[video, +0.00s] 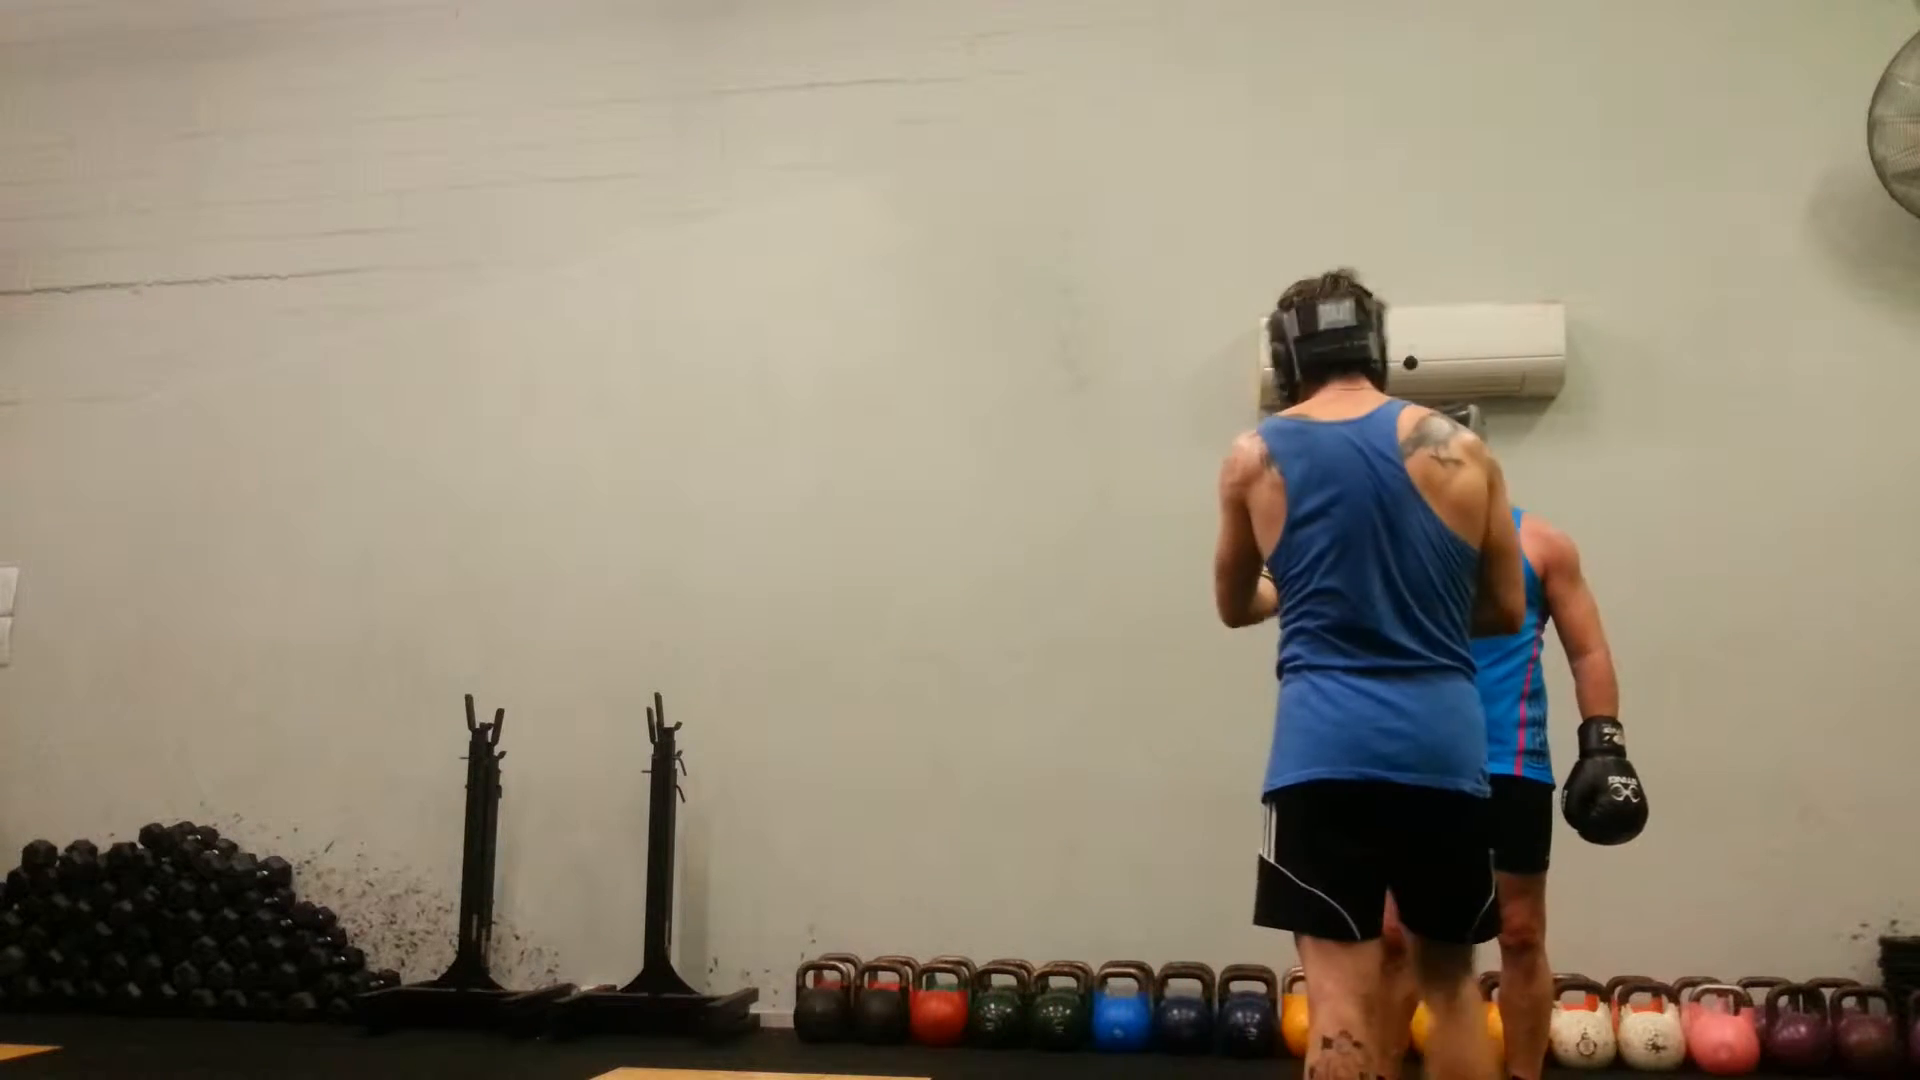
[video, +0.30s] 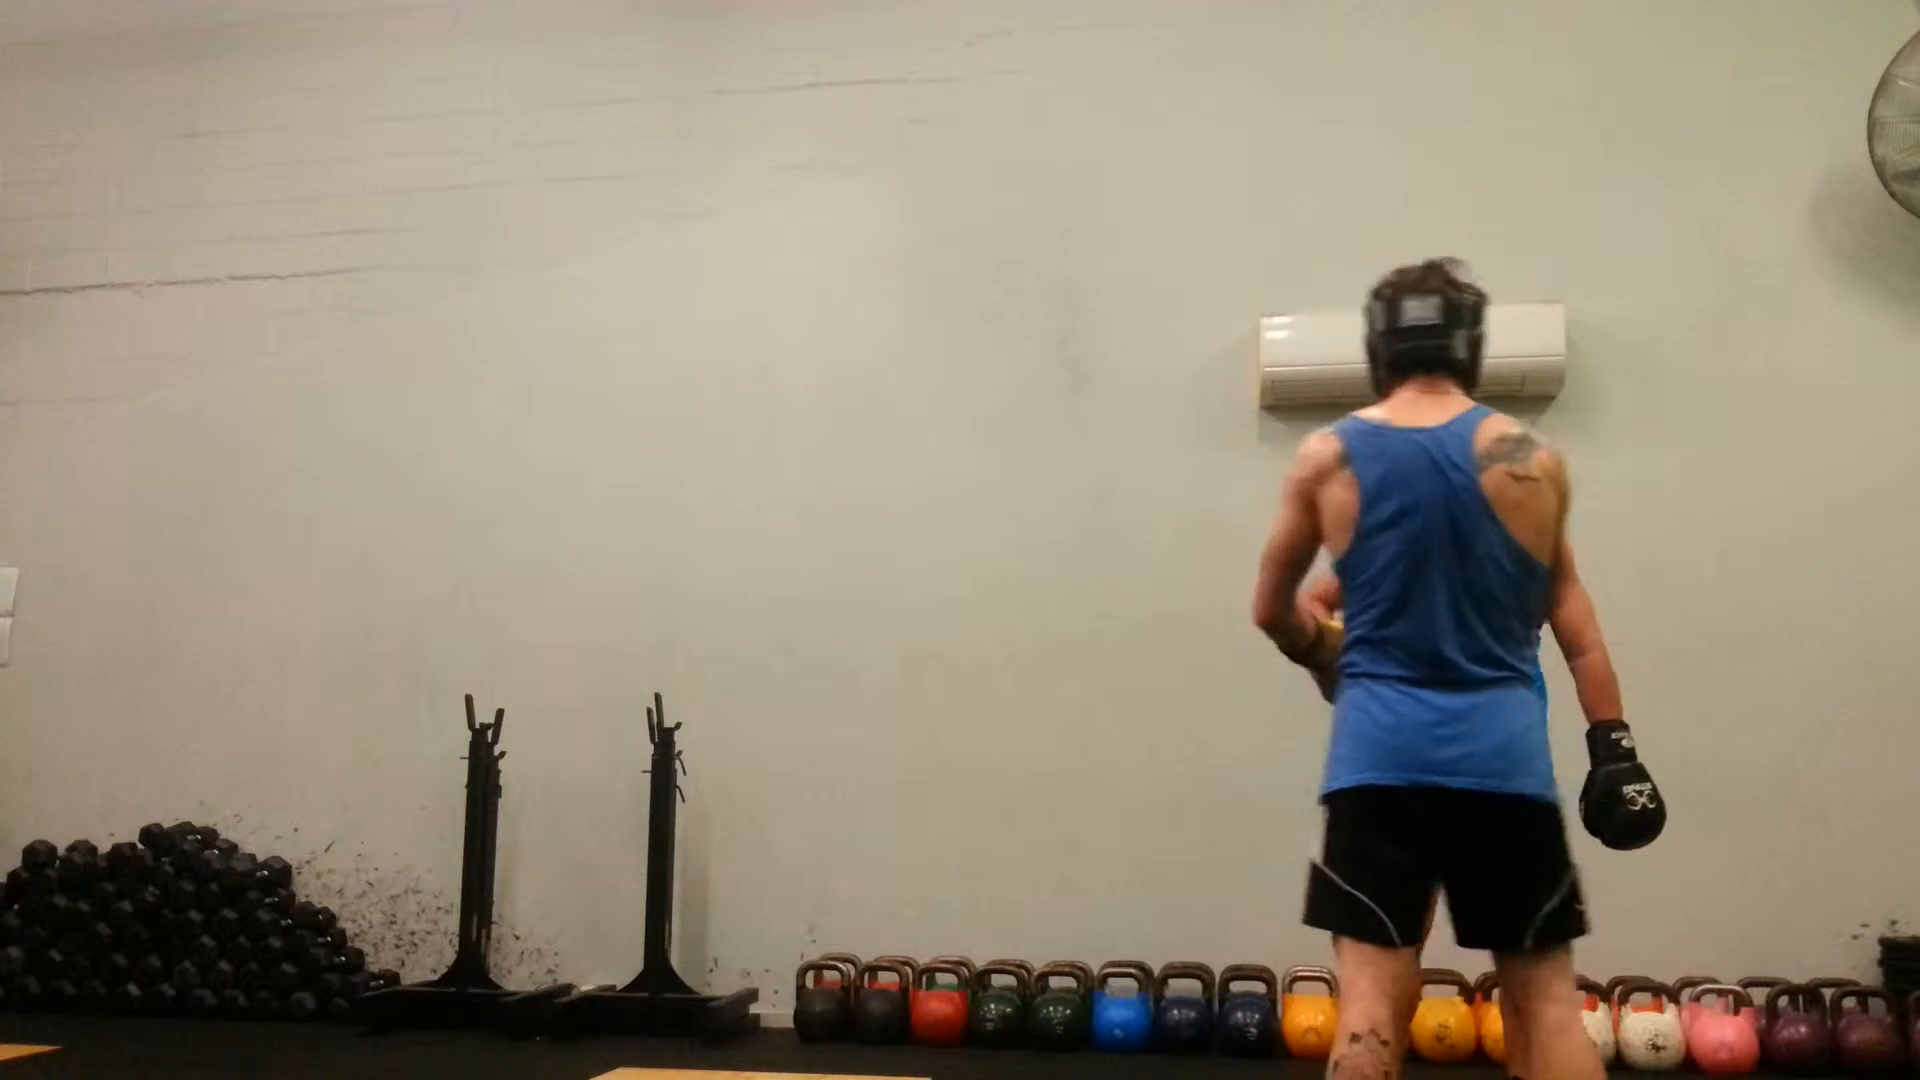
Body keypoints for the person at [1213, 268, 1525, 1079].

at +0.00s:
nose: (1274, 363)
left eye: (1277, 352)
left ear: (1285, 359)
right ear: (1378, 349)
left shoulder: (1256, 457)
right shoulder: (1465, 452)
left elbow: (1238, 605)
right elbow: (1503, 611)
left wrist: (1317, 575)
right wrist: (1411, 594)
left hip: (1323, 752)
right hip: (1446, 753)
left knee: (1342, 1014)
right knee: (1451, 988)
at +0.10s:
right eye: (1402, 333)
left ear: (1307, 351)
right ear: (1403, 344)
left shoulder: (1273, 455)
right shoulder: (1480, 453)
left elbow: (1243, 602)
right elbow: (1510, 612)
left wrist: (1324, 617)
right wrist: (1423, 586)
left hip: (1332, 758)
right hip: (1456, 760)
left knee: (1346, 1012)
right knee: (1491, 988)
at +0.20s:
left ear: (1338, 346)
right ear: (1436, 342)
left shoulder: (1296, 454)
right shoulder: (1504, 458)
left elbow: (1253, 600)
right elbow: (1517, 604)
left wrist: (1310, 642)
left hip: (1351, 761)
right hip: (1482, 768)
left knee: (1356, 1016)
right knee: (1527, 1001)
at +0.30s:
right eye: (1469, 336)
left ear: (1376, 348)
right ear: (1472, 346)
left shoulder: (1328, 457)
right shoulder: (1534, 462)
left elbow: (1277, 612)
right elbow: (1576, 627)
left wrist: (1323, 653)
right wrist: (1615, 751)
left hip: (1378, 768)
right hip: (1505, 772)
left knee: (1368, 1013)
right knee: (1548, 1008)